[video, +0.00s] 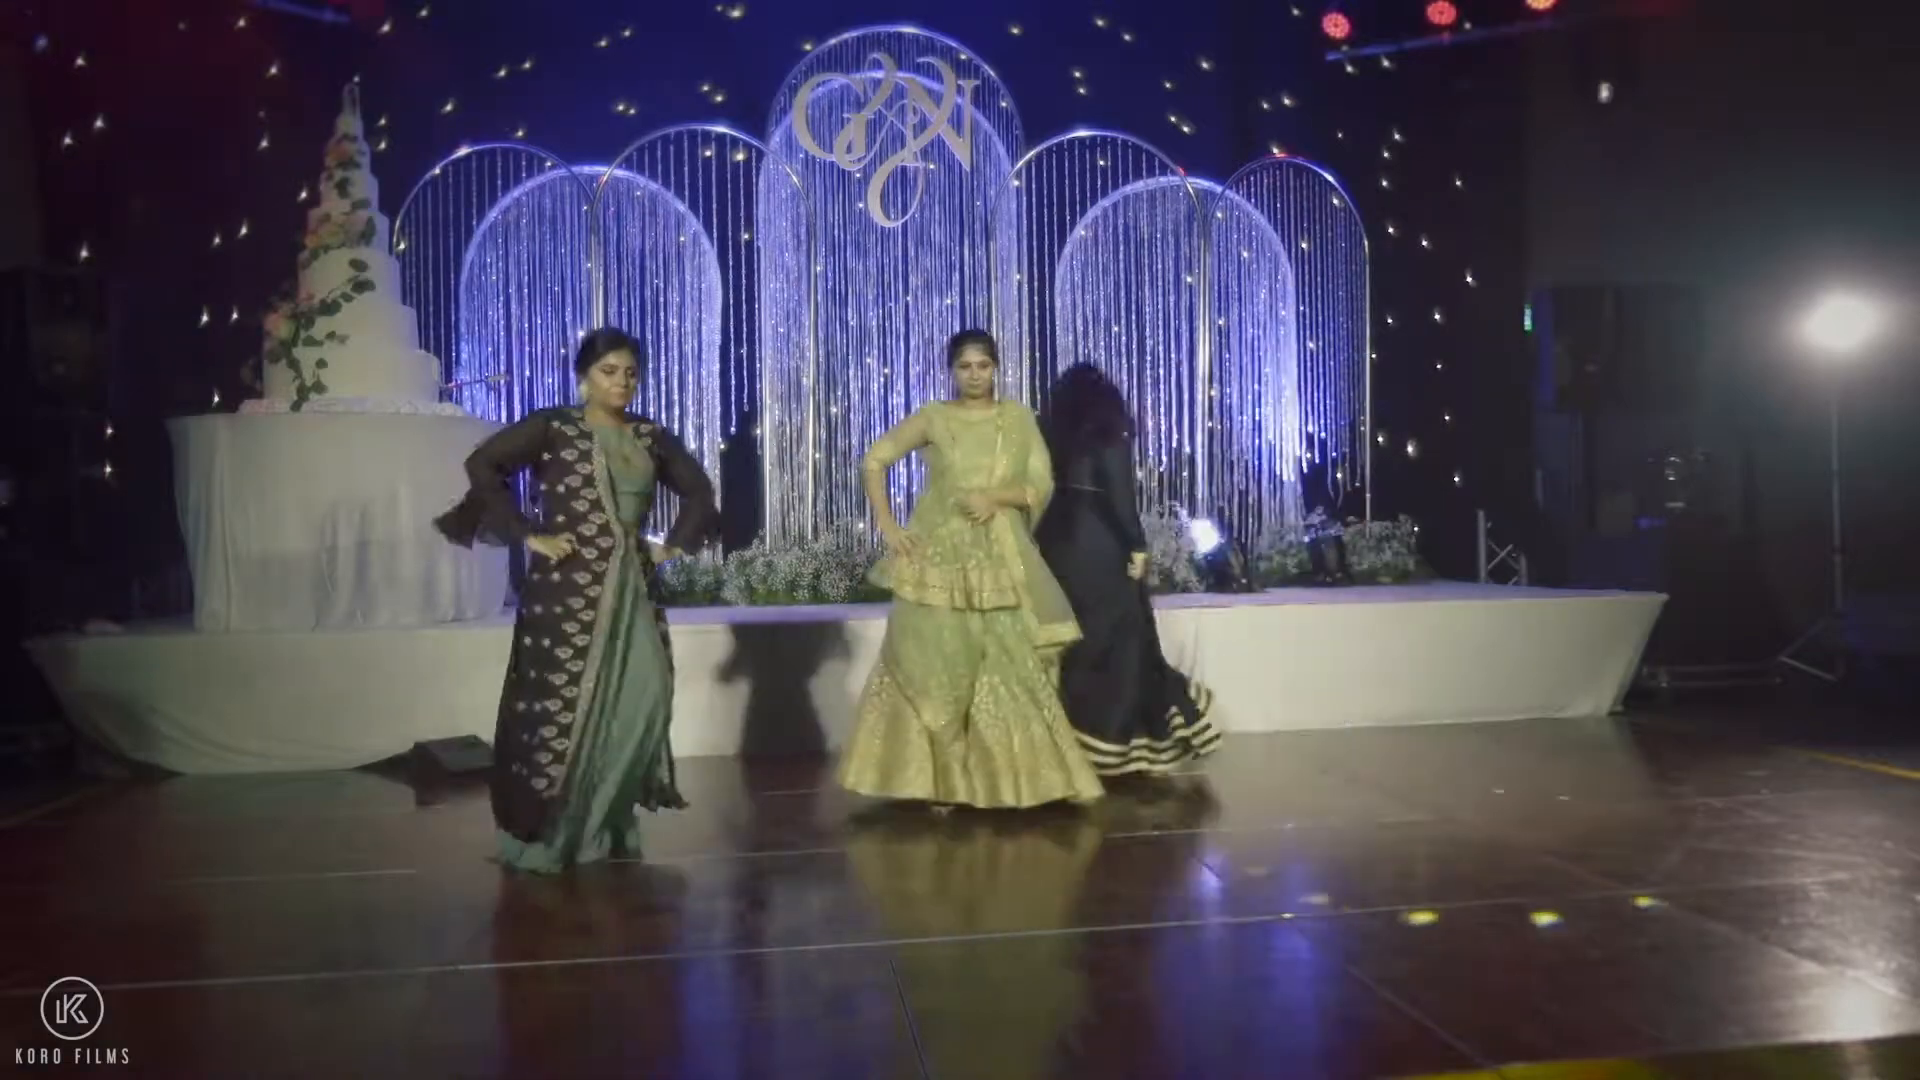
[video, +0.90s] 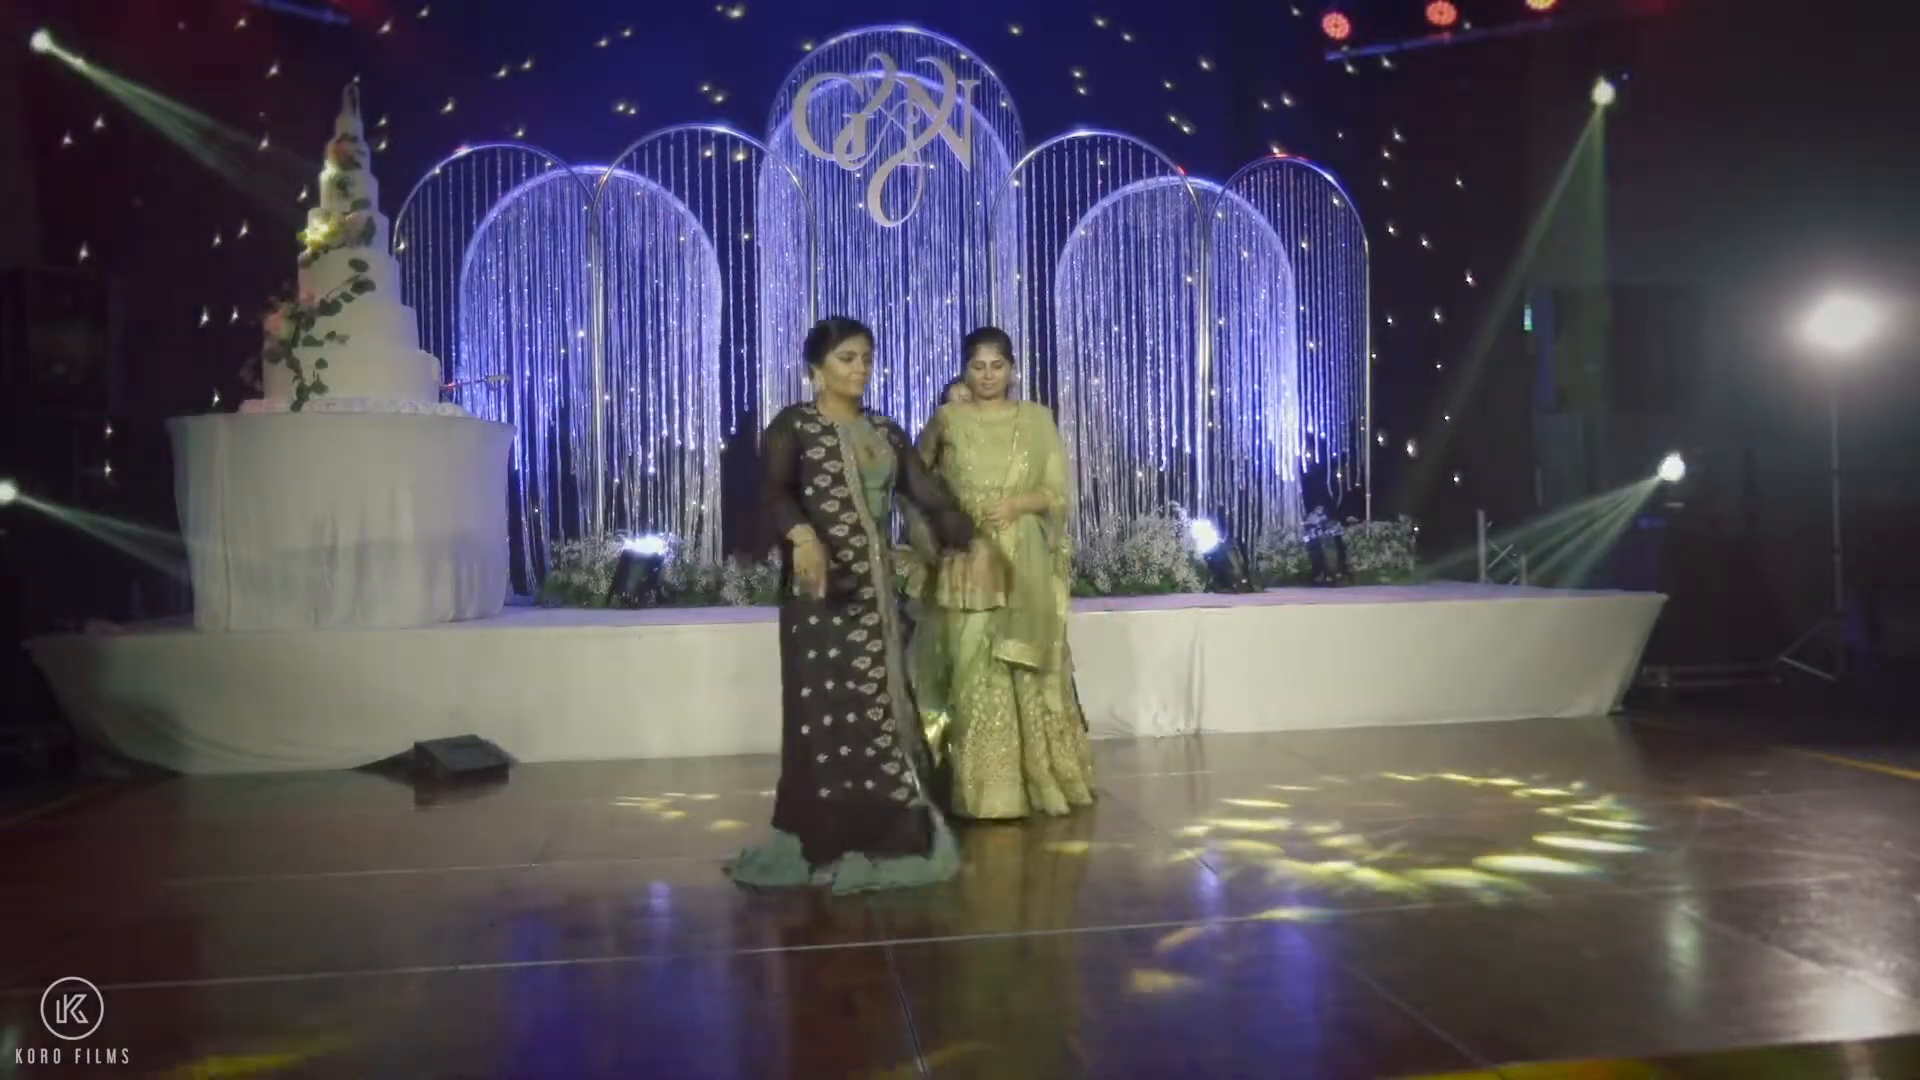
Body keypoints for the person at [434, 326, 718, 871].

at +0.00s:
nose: (622, 381)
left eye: (630, 373)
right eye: (610, 372)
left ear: (637, 378)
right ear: (585, 377)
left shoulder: (649, 438)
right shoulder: (553, 427)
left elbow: (699, 491)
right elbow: (482, 466)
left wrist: (672, 545)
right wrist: (526, 535)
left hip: (629, 592)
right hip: (565, 591)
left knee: (648, 693)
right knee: (563, 705)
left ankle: (611, 820)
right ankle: (547, 834)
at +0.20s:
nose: (675, 384)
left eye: (680, 374)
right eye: (663, 374)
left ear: (686, 381)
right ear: (635, 380)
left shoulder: (697, 442)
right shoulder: (606, 433)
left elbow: (739, 492)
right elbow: (543, 485)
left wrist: (717, 544)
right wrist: (594, 539)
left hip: (684, 593)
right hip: (627, 594)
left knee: (688, 708)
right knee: (631, 708)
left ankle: (678, 835)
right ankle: (603, 834)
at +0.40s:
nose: (722, 374)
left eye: (728, 365)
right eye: (709, 364)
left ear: (734, 373)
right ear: (682, 372)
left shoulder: (751, 435)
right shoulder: (658, 425)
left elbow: (793, 491)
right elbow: (597, 469)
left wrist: (767, 539)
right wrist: (648, 533)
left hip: (733, 587)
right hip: (676, 586)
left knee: (730, 703)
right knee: (676, 704)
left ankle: (730, 831)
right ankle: (676, 834)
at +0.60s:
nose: (777, 366)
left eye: (783, 357)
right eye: (764, 356)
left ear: (790, 365)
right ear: (737, 363)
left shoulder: (797, 425)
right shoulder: (714, 415)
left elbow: (827, 481)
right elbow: (674, 468)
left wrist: (826, 525)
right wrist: (725, 526)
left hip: (793, 580)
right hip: (737, 581)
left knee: (795, 695)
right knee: (736, 697)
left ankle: (794, 821)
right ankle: (733, 826)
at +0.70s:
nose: (809, 372)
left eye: (814, 363)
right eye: (797, 363)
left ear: (820, 370)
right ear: (768, 369)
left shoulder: (829, 428)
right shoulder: (745, 419)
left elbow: (864, 483)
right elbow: (699, 470)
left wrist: (847, 536)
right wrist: (757, 529)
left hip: (820, 586)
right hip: (766, 585)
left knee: (827, 701)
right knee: (767, 704)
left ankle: (827, 829)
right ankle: (766, 832)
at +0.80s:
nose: (838, 378)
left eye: (844, 369)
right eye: (826, 368)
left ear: (850, 376)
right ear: (797, 375)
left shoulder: (862, 443)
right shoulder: (767, 431)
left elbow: (902, 501)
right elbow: (728, 491)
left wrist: (913, 555)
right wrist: (780, 540)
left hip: (848, 598)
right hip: (792, 596)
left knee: (858, 711)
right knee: (799, 715)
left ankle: (857, 841)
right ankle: (798, 845)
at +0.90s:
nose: (859, 368)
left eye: (865, 359)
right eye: (847, 358)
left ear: (871, 366)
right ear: (818, 367)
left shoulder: (885, 434)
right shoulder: (792, 426)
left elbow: (927, 490)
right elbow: (773, 493)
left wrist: (966, 539)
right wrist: (801, 534)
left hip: (879, 592)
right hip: (821, 593)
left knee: (885, 706)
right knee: (825, 710)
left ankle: (893, 834)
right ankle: (829, 839)